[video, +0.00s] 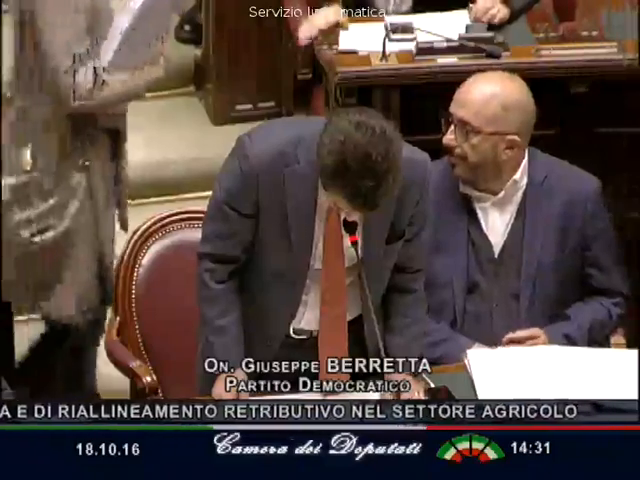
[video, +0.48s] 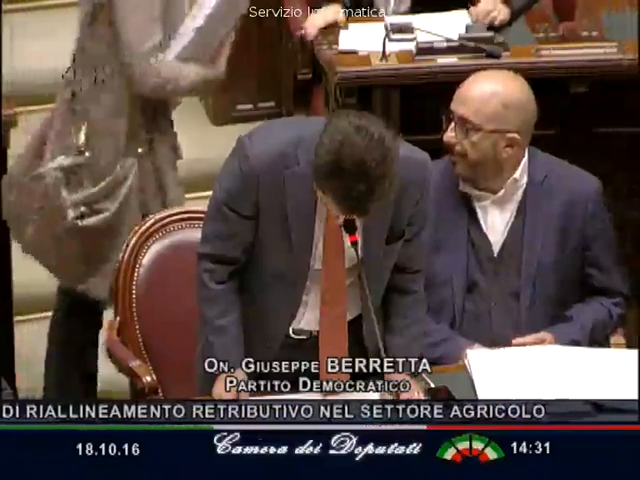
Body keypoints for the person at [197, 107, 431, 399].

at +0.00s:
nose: (352, 217)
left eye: (364, 209)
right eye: (342, 206)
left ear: (392, 176)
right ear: (322, 175)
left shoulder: (413, 172)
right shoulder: (258, 161)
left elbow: (408, 279)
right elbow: (217, 265)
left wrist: (404, 367)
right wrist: (227, 366)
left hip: (358, 335)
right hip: (273, 339)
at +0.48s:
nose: (342, 217)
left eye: (355, 213)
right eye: (335, 207)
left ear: (388, 177)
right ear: (317, 178)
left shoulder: (413, 172)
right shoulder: (258, 161)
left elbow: (408, 279)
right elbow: (217, 265)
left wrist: (403, 368)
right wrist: (227, 367)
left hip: (358, 336)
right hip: (273, 340)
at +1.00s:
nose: (345, 219)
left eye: (357, 215)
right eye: (337, 210)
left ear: (388, 177)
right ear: (317, 180)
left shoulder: (413, 173)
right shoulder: (260, 162)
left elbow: (408, 280)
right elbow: (216, 264)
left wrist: (403, 368)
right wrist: (227, 366)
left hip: (358, 336)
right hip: (272, 340)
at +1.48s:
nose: (344, 217)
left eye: (357, 212)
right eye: (336, 207)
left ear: (389, 175)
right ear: (318, 177)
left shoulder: (412, 173)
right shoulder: (258, 162)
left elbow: (408, 279)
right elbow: (216, 264)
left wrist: (402, 366)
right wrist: (226, 365)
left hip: (356, 336)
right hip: (271, 339)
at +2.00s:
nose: (348, 217)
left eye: (360, 209)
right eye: (338, 205)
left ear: (390, 174)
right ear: (319, 169)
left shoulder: (411, 174)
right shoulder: (256, 163)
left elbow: (405, 279)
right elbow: (212, 262)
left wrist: (402, 368)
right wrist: (228, 359)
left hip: (355, 334)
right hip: (269, 338)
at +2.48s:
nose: (349, 216)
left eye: (361, 208)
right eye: (339, 205)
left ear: (389, 176)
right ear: (320, 170)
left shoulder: (409, 177)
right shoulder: (254, 162)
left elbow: (403, 278)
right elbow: (208, 257)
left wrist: (402, 365)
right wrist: (229, 352)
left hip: (351, 332)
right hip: (266, 336)